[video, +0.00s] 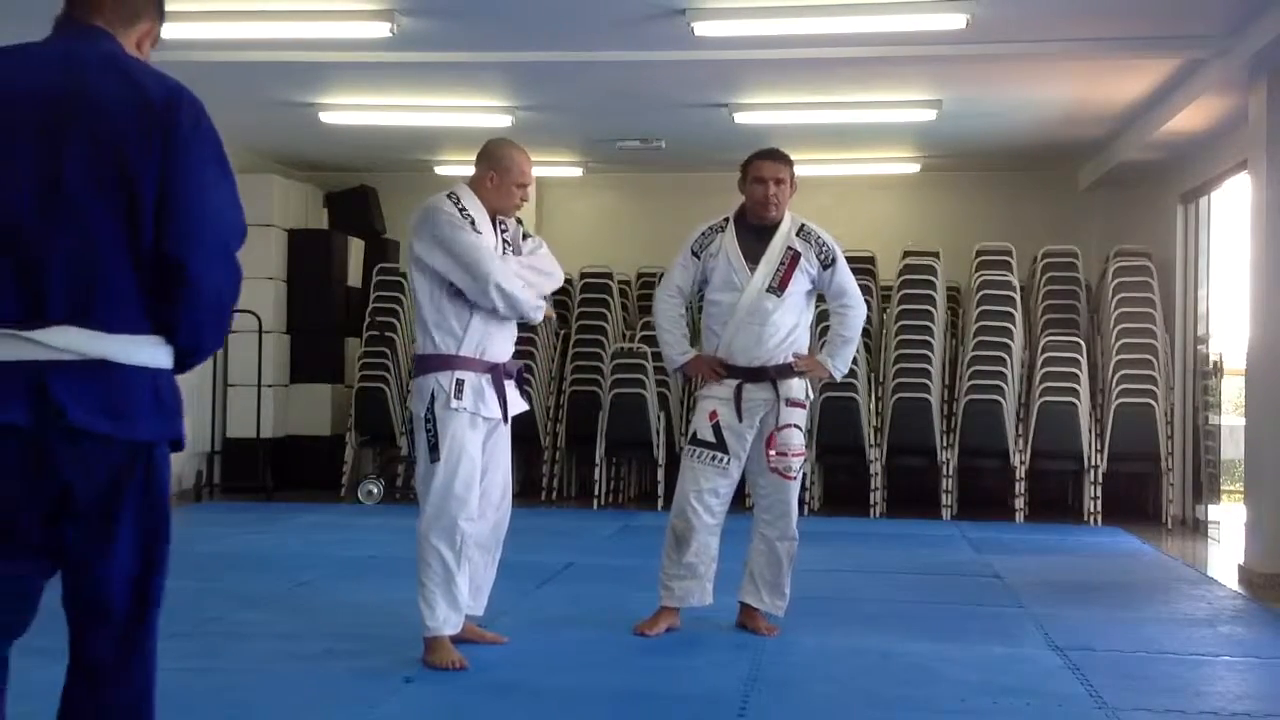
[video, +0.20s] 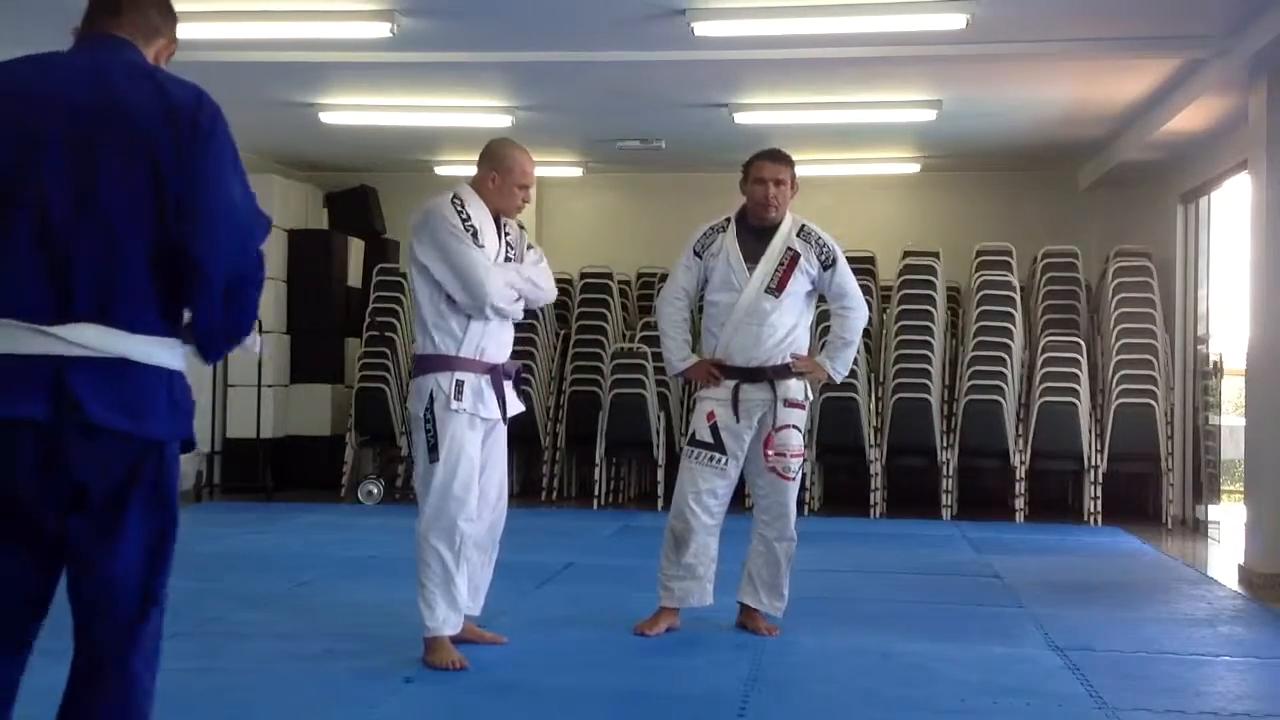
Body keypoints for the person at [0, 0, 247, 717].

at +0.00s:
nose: (150, 56)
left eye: (153, 44)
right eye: (154, 44)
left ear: (62, 17)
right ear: (142, 33)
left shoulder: (8, 72)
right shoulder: (163, 106)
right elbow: (208, 266)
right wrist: (169, 354)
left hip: (6, 394)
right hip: (113, 401)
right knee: (112, 641)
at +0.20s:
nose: (168, 64)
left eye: (169, 55)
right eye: (171, 54)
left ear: (81, 28)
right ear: (161, 49)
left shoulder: (10, 83)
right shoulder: (181, 110)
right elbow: (231, 253)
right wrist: (210, 334)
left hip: (9, 392)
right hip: (127, 403)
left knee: (1, 623)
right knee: (117, 639)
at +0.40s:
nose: (167, 77)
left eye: (169, 71)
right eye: (172, 69)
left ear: (79, 46)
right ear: (161, 62)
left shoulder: (10, 96)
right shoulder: (175, 113)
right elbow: (218, 237)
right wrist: (222, 332)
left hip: (8, 391)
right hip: (123, 399)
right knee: (117, 619)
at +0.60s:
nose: (145, 83)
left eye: (148, 74)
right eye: (151, 74)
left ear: (64, 50)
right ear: (136, 65)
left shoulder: (6, 105)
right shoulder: (149, 123)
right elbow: (193, 246)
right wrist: (200, 333)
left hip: (3, 394)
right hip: (98, 402)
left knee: (7, 608)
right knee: (109, 610)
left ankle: (17, 708)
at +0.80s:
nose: (123, 86)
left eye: (123, 77)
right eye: (126, 76)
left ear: (40, 49)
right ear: (108, 63)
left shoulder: (5, 101)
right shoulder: (118, 121)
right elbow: (172, 242)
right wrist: (160, 331)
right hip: (76, 393)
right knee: (117, 592)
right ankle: (101, 716)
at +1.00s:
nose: (123, 92)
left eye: (126, 82)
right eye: (129, 81)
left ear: (48, 54)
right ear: (111, 68)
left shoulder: (4, 106)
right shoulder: (110, 122)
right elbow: (138, 241)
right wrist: (171, 329)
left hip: (4, 388)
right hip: (76, 395)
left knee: (3, 594)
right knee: (140, 583)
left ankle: (11, 704)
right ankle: (130, 711)